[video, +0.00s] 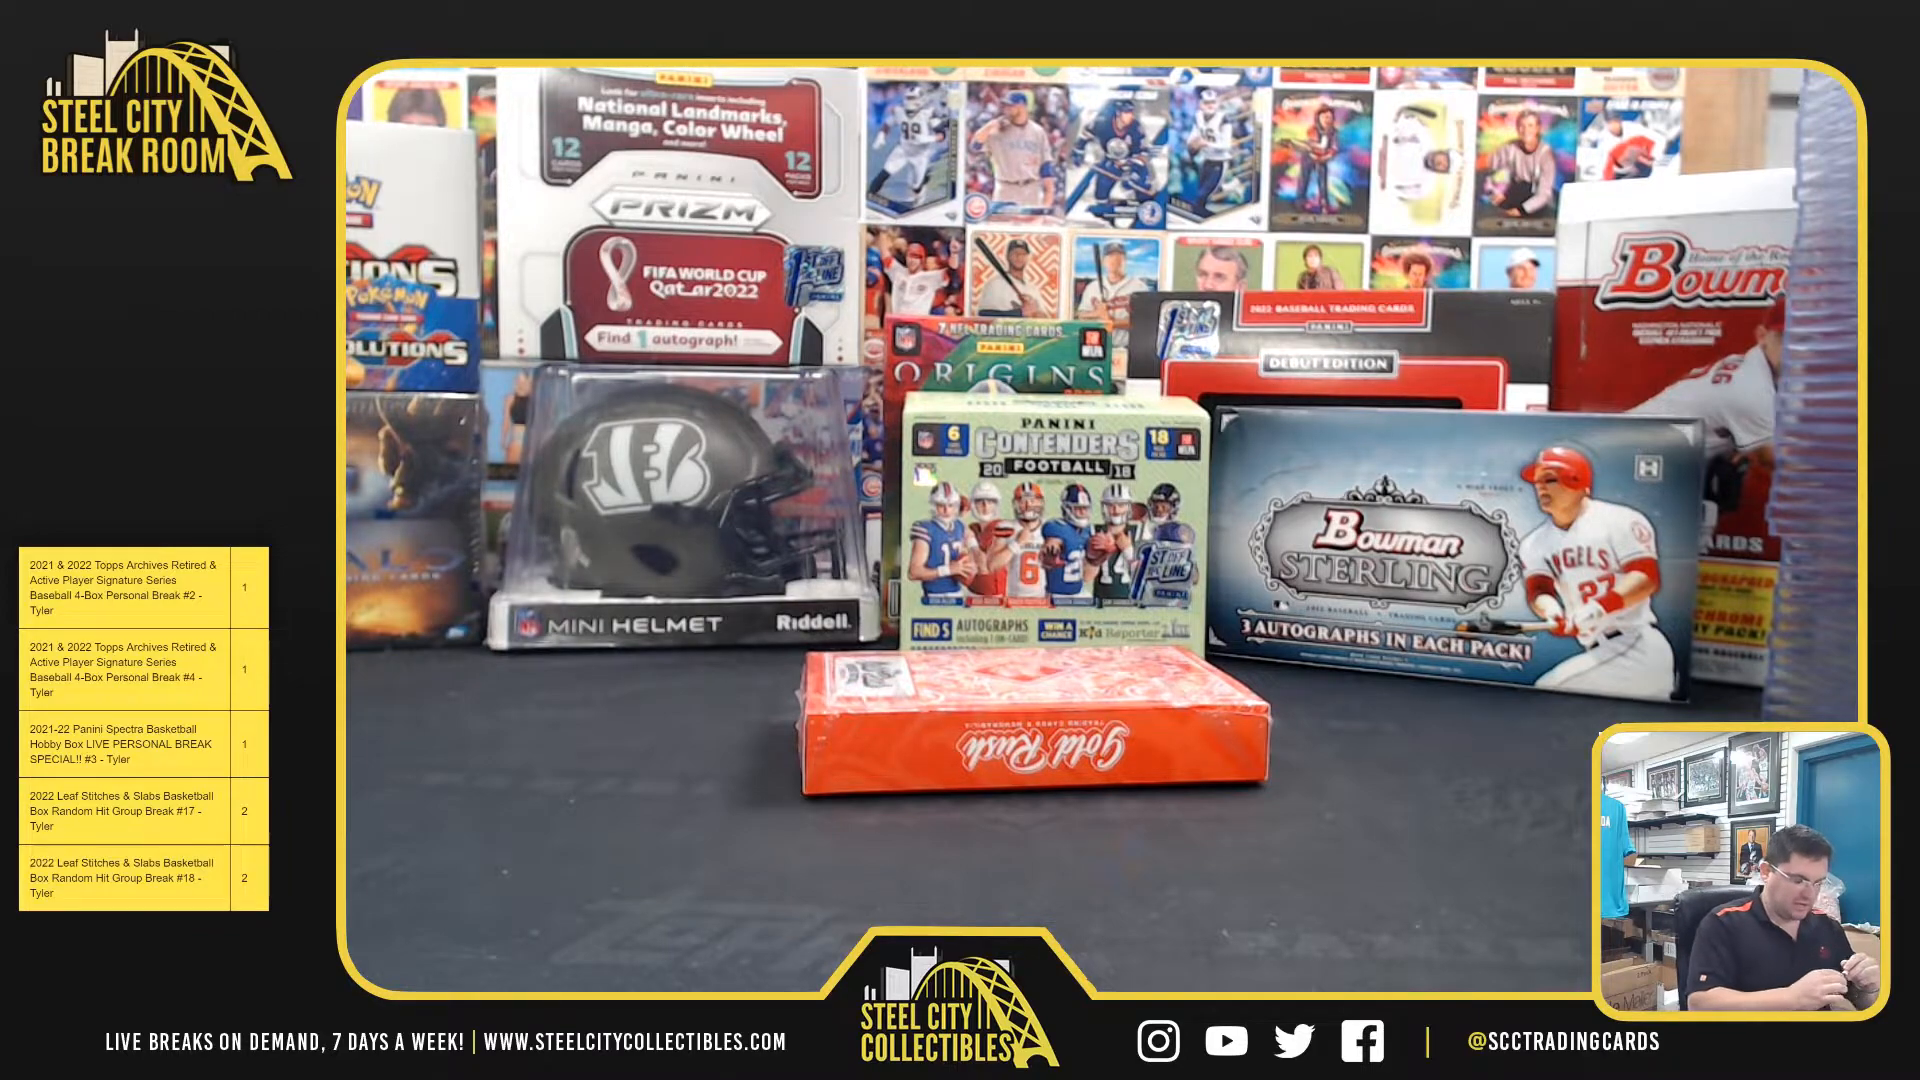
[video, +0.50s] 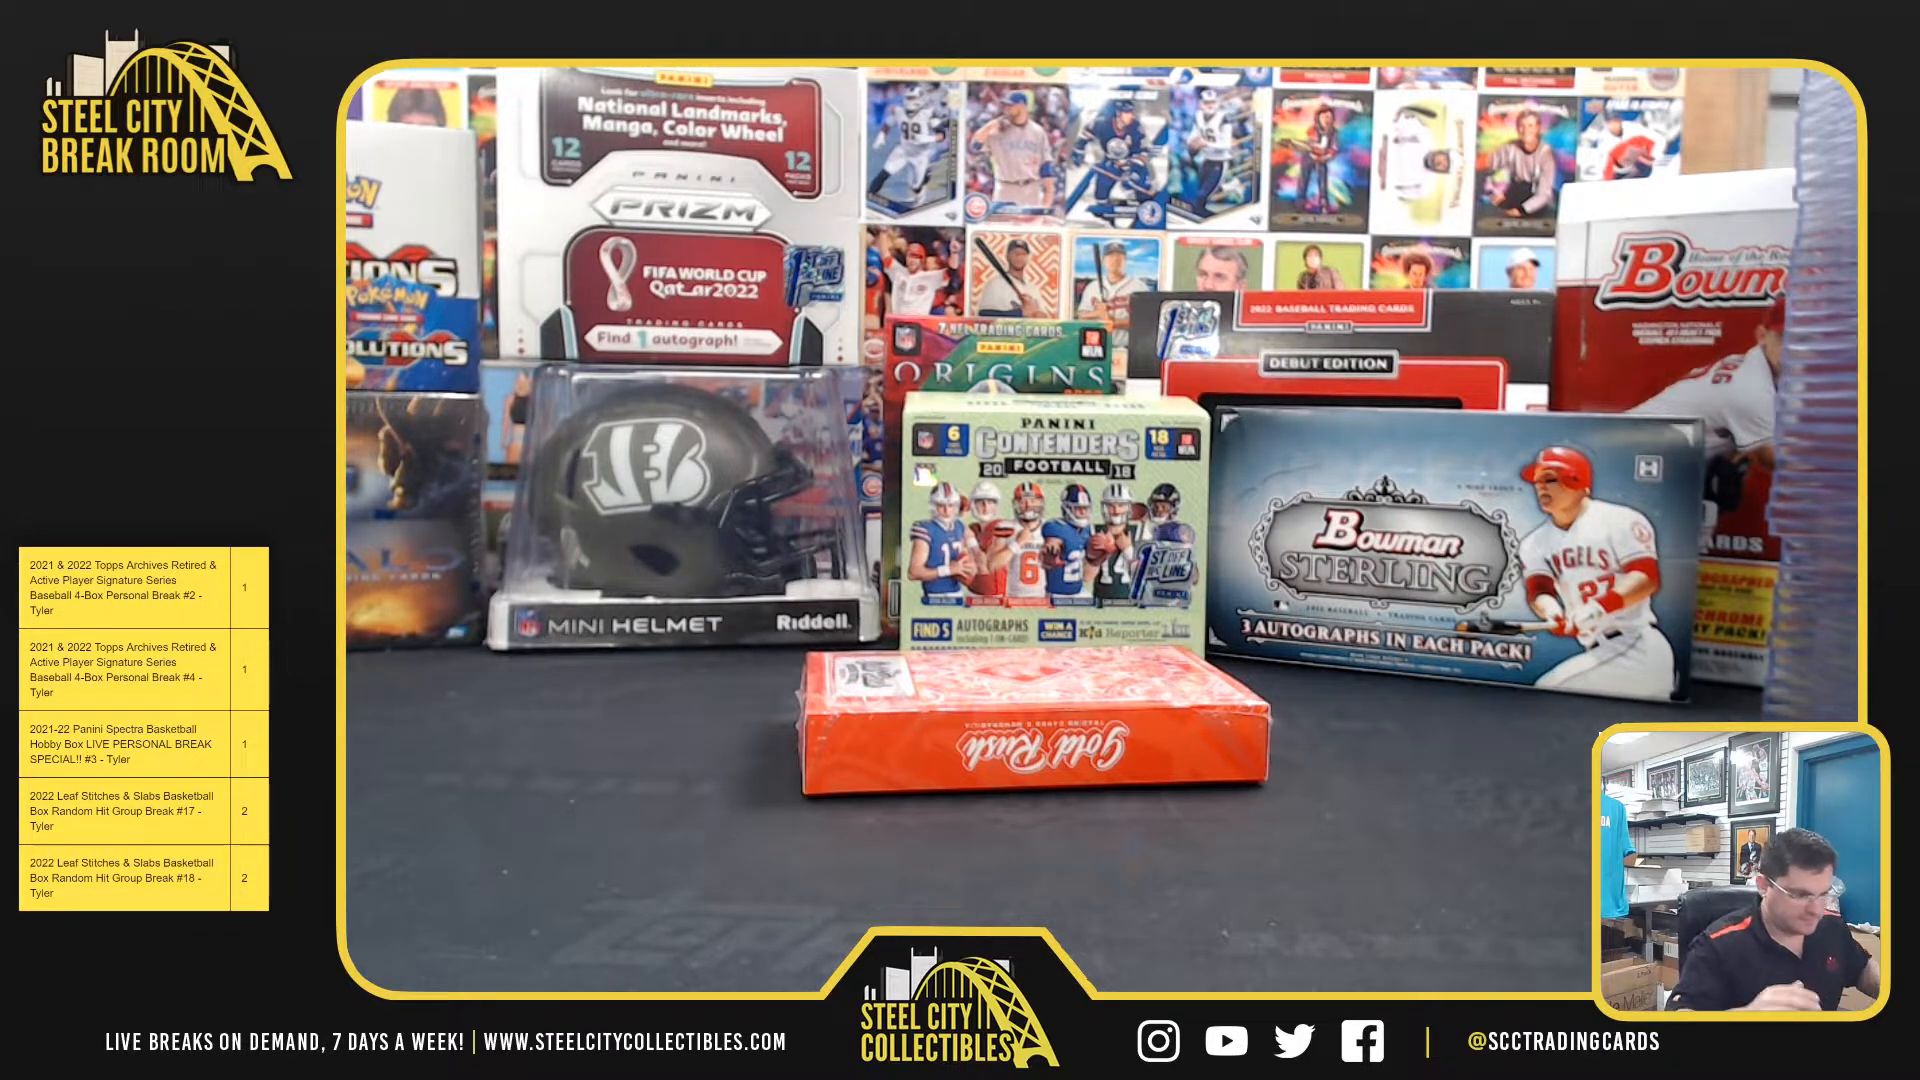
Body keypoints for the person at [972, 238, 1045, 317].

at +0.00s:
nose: (1019, 258)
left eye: (1023, 254)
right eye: (1015, 254)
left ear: (1028, 257)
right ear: (1008, 256)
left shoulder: (1032, 289)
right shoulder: (995, 284)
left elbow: (1045, 317)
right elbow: (985, 314)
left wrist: (1034, 311)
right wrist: (1020, 313)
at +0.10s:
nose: (1019, 258)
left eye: (1023, 254)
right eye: (1015, 254)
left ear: (1028, 257)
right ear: (1008, 256)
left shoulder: (1032, 289)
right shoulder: (995, 284)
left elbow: (1045, 317)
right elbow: (985, 314)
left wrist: (1034, 311)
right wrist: (1020, 313)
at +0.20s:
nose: (1020, 258)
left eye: (1023, 254)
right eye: (1016, 254)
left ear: (1028, 257)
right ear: (1008, 256)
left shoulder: (1032, 288)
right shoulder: (995, 284)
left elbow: (1045, 316)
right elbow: (985, 315)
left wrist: (1034, 311)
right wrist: (1021, 312)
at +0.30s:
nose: (1020, 258)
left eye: (1023, 254)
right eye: (1016, 254)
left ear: (1028, 257)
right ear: (1008, 256)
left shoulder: (1032, 288)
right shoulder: (995, 284)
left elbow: (1045, 316)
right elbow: (985, 315)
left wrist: (1034, 311)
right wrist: (1021, 312)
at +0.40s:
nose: (1020, 258)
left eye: (1023, 254)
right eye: (1016, 254)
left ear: (1028, 257)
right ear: (1008, 256)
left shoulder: (1032, 288)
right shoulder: (995, 284)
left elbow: (1045, 316)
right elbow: (985, 315)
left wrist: (1034, 311)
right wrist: (1021, 312)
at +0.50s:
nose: (1020, 258)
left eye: (1023, 254)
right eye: (1016, 254)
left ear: (1028, 257)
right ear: (1008, 256)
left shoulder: (1032, 288)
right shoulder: (995, 284)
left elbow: (1045, 316)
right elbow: (985, 315)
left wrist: (1034, 311)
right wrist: (1021, 312)